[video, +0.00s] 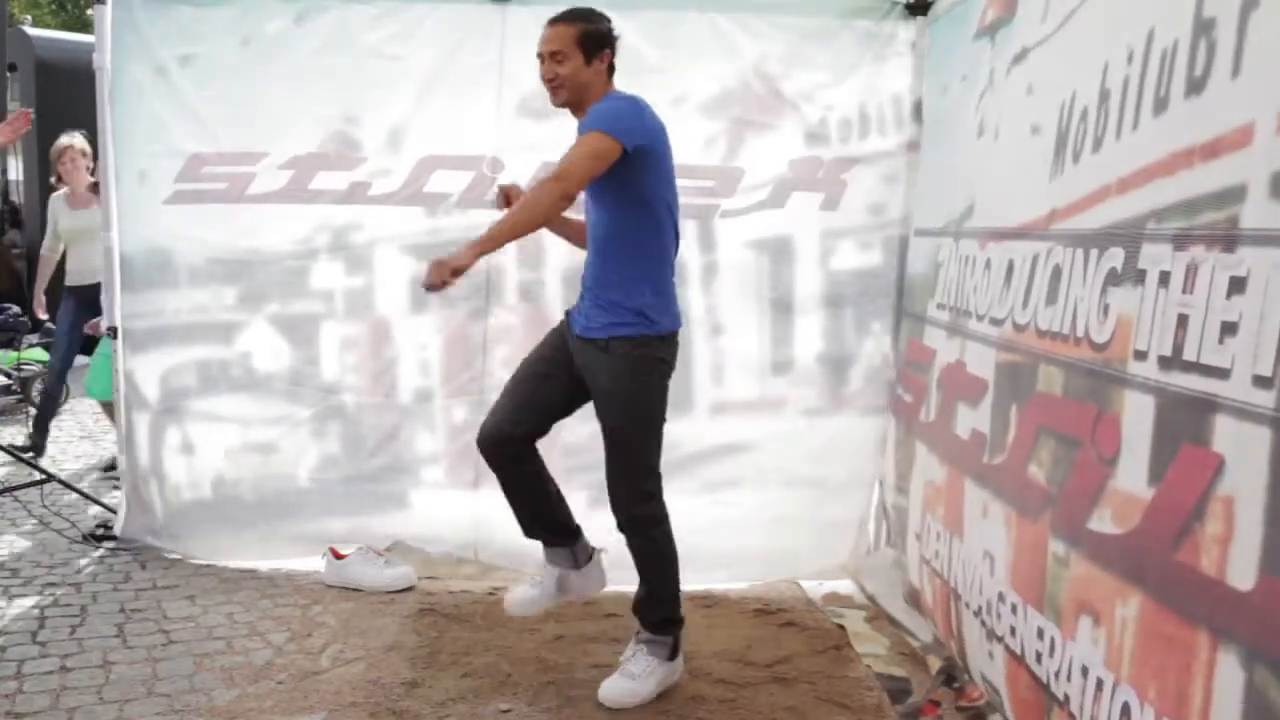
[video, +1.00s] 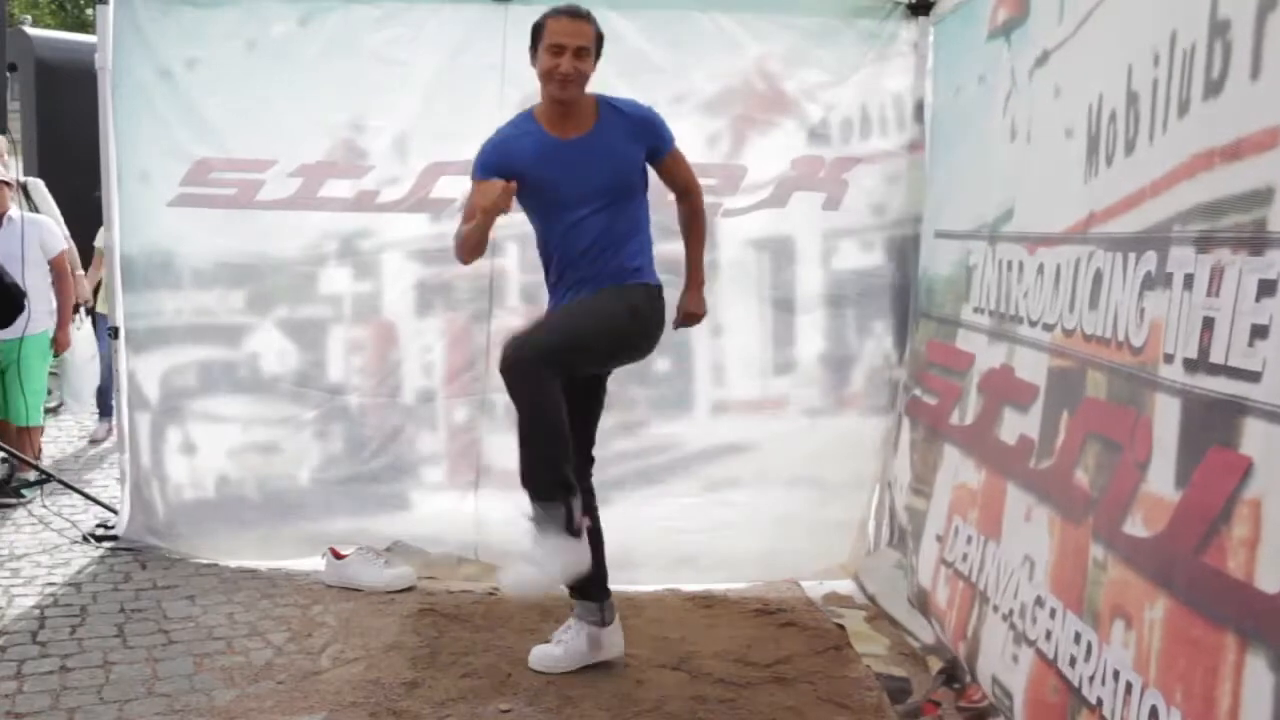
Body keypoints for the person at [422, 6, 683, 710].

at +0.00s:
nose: (547, 75)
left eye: (559, 60)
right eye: (543, 62)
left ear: (603, 61)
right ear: (554, 68)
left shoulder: (623, 113)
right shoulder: (606, 137)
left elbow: (555, 191)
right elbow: (611, 244)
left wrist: (466, 255)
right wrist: (536, 214)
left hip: (633, 339)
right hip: (584, 331)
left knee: (636, 500)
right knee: (502, 438)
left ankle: (660, 646)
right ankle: (572, 560)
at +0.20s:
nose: (527, 95)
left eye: (539, 81)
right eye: (522, 83)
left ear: (579, 82)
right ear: (527, 91)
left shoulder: (608, 141)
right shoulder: (577, 159)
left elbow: (608, 248)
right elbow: (581, 272)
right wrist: (510, 279)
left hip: (621, 358)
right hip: (578, 355)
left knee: (606, 516)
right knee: (556, 507)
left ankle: (676, 668)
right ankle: (601, 635)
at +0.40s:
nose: (527, 106)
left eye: (540, 94)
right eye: (518, 96)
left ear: (571, 94)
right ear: (512, 103)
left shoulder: (619, 152)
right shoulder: (532, 189)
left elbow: (686, 240)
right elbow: (516, 285)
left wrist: (705, 343)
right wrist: (461, 279)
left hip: (621, 344)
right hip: (568, 350)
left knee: (524, 465)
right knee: (544, 480)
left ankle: (604, 608)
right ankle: (596, 624)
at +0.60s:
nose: (559, 73)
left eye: (572, 62)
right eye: (548, 59)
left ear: (588, 67)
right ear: (527, 62)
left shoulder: (628, 120)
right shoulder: (500, 152)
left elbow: (702, 183)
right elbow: (448, 245)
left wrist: (717, 277)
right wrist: (439, 185)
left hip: (631, 308)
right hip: (570, 318)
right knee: (561, 471)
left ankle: (536, 445)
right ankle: (599, 625)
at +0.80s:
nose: (576, 102)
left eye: (588, 91)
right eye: (564, 89)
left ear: (599, 94)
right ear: (536, 89)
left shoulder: (625, 145)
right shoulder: (507, 169)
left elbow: (676, 206)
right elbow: (452, 262)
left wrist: (677, 292)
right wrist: (475, 195)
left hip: (628, 329)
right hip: (565, 337)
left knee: (504, 274)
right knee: (548, 490)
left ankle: (510, 449)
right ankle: (601, 632)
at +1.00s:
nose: (565, 65)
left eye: (578, 54)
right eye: (554, 51)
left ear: (595, 63)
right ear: (533, 57)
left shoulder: (633, 123)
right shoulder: (507, 147)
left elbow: (688, 191)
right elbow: (466, 252)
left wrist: (695, 284)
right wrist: (483, 215)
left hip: (633, 302)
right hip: (570, 311)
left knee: (523, 357)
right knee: (570, 467)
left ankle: (555, 528)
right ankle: (596, 620)